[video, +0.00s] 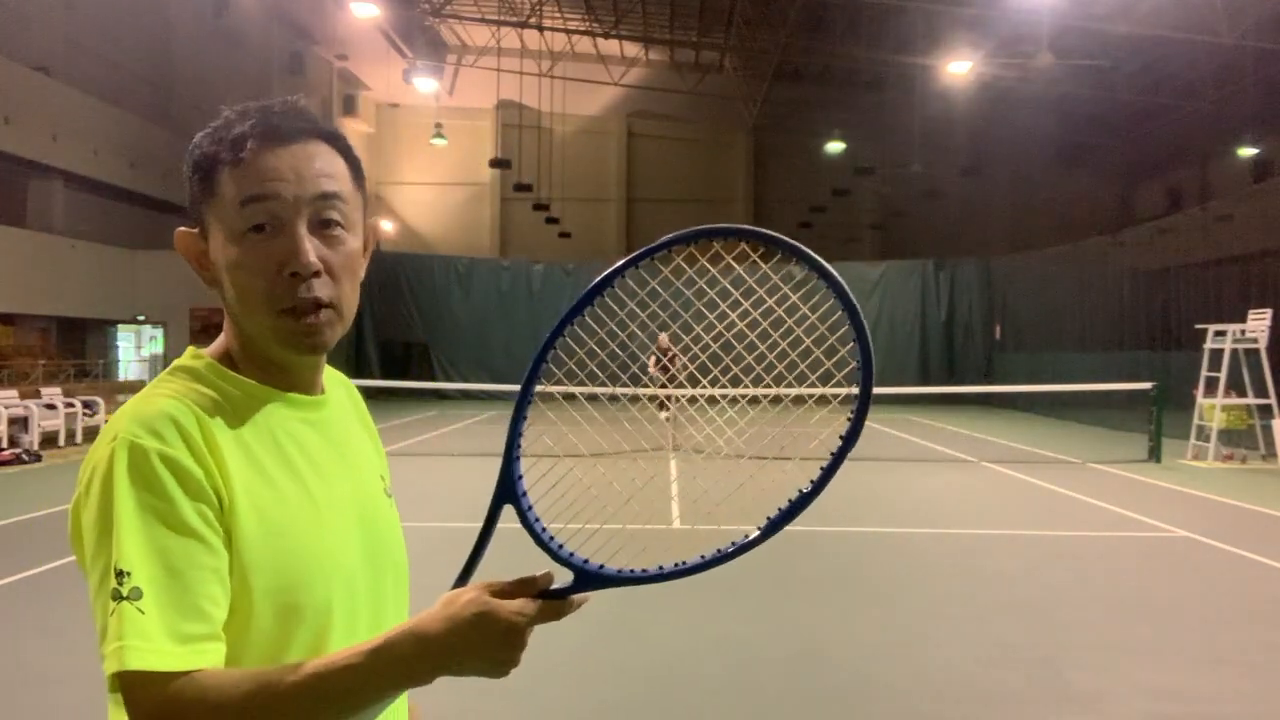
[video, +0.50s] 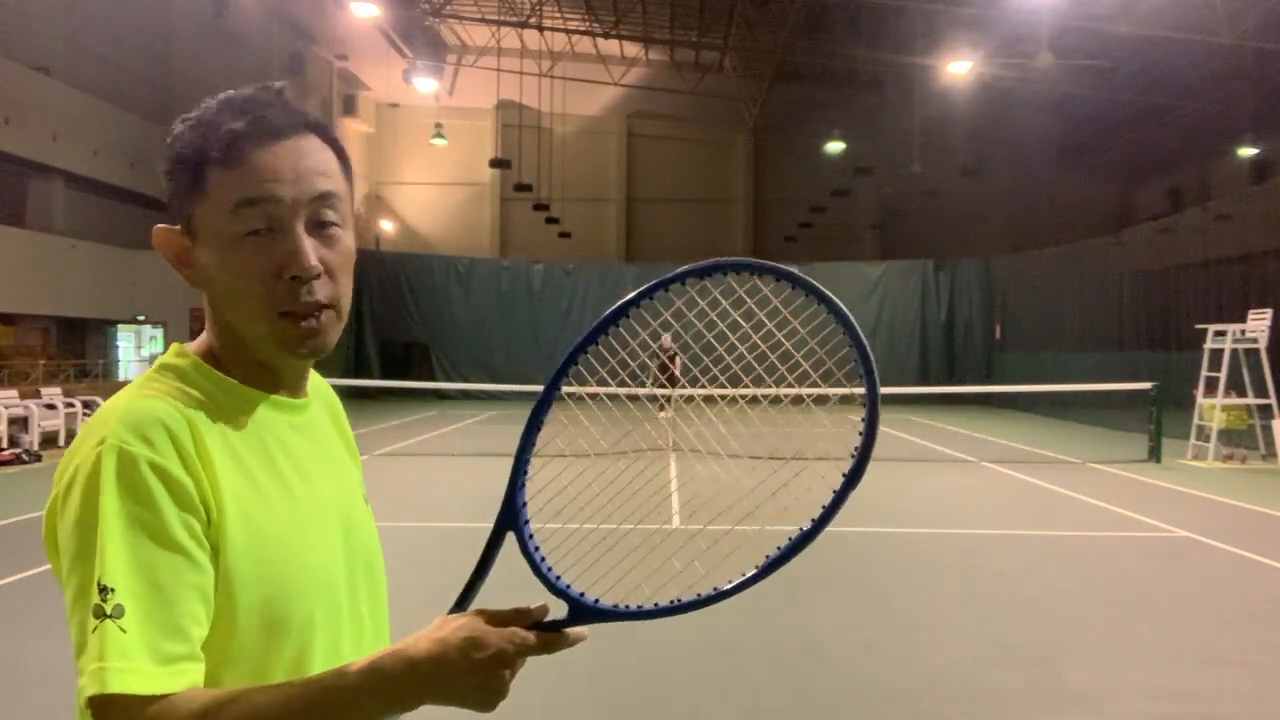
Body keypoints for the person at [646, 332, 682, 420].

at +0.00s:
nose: (664, 342)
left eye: (665, 339)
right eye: (661, 340)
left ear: (669, 340)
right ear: (658, 341)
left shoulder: (672, 352)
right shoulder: (655, 353)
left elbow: (677, 364)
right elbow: (651, 364)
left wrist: (676, 369)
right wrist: (653, 370)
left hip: (670, 374)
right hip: (659, 374)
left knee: (669, 392)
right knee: (661, 391)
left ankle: (668, 410)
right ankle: (662, 410)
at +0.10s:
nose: (664, 342)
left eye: (665, 340)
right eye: (661, 340)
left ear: (668, 341)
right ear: (658, 341)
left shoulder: (670, 354)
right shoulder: (656, 354)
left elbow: (676, 364)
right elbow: (650, 368)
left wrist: (679, 373)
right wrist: (654, 376)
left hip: (669, 375)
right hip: (659, 376)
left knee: (668, 393)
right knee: (660, 393)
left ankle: (667, 410)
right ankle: (662, 411)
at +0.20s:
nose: (665, 342)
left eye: (666, 340)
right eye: (662, 340)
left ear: (669, 340)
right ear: (659, 341)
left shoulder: (672, 353)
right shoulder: (655, 354)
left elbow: (677, 365)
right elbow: (651, 369)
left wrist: (679, 376)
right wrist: (652, 380)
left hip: (670, 376)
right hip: (659, 376)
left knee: (668, 392)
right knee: (659, 393)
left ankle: (668, 409)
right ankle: (662, 409)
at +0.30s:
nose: (666, 344)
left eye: (668, 342)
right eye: (664, 342)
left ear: (671, 343)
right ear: (659, 343)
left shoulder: (673, 354)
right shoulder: (656, 355)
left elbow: (677, 367)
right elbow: (652, 369)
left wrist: (678, 378)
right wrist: (651, 382)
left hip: (671, 378)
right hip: (660, 378)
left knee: (670, 393)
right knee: (661, 394)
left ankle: (670, 409)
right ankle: (662, 410)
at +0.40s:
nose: (665, 341)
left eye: (667, 339)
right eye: (663, 339)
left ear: (670, 340)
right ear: (660, 340)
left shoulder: (673, 351)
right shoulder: (657, 351)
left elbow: (677, 362)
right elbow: (653, 364)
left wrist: (677, 371)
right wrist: (652, 375)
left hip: (671, 374)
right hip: (660, 374)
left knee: (670, 392)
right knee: (661, 392)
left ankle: (669, 410)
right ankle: (661, 410)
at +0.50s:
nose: (666, 342)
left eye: (667, 340)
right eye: (664, 339)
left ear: (670, 341)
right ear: (661, 341)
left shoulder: (674, 351)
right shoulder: (659, 351)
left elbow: (677, 362)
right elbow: (655, 364)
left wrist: (677, 371)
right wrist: (655, 375)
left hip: (671, 373)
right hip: (661, 373)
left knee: (670, 392)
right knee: (662, 392)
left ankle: (669, 410)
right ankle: (662, 410)